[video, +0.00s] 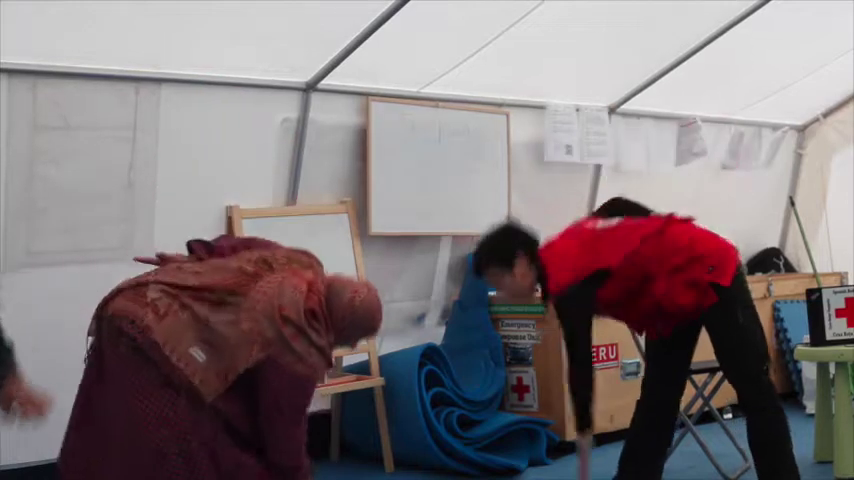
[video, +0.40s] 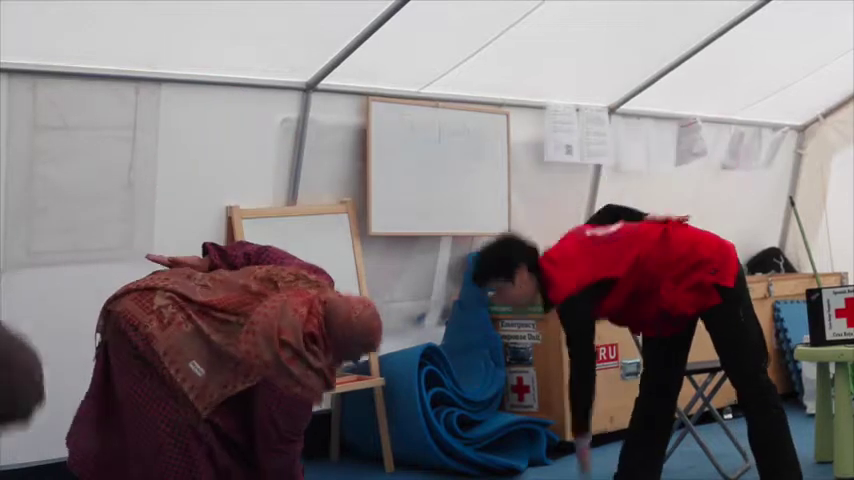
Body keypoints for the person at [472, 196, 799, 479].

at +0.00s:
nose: (500, 292)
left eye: (499, 282)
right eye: (494, 285)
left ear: (521, 265)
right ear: (522, 262)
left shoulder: (567, 277)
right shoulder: (561, 250)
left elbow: (580, 362)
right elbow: (616, 205)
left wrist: (584, 440)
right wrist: (665, 227)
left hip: (714, 276)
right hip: (671, 294)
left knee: (755, 390)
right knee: (656, 403)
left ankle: (780, 474)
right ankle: (635, 476)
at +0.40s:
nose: (500, 299)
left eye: (499, 289)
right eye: (495, 292)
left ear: (521, 273)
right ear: (522, 268)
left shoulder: (569, 284)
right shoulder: (561, 253)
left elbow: (583, 363)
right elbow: (609, 212)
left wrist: (581, 435)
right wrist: (654, 220)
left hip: (711, 270)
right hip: (665, 292)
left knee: (753, 387)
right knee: (655, 402)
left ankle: (783, 474)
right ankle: (635, 476)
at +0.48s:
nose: (498, 266)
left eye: (497, 254)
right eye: (492, 258)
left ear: (519, 239)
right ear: (520, 238)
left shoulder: (568, 252)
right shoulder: (558, 244)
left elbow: (576, 342)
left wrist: (564, 406)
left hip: (712, 272)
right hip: (667, 292)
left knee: (753, 387)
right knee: (653, 402)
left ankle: (783, 473)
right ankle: (633, 475)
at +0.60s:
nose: (501, 198)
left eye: (506, 187)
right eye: (498, 190)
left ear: (534, 178)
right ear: (531, 181)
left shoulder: (574, 210)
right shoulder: (560, 211)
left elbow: (576, 291)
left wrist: (552, 342)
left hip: (708, 271)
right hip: (658, 290)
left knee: (750, 388)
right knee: (649, 403)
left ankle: (781, 474)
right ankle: (631, 475)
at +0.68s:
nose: (514, 154)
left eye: (521, 143)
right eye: (512, 145)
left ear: (551, 142)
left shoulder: (585, 175)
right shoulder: (565, 191)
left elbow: (584, 252)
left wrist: (550, 301)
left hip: (702, 272)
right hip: (654, 289)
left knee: (746, 390)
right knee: (645, 404)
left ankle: (777, 471)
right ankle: (631, 472)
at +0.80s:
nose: (543, 110)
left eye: (550, 99)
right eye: (541, 102)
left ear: (582, 98)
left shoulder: (612, 137)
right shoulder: (581, 156)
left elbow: (611, 204)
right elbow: (611, 220)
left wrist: (561, 248)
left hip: (693, 268)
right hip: (644, 281)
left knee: (737, 384)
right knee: (638, 395)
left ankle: (775, 474)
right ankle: (630, 474)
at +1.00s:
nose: (588, 81)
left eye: (597, 70)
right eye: (587, 73)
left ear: (629, 75)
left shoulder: (663, 113)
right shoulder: (599, 153)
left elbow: (674, 174)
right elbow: (610, 225)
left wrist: (615, 203)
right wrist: (606, 279)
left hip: (688, 269)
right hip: (631, 282)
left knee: (733, 388)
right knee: (631, 404)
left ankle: (773, 475)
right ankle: (625, 477)